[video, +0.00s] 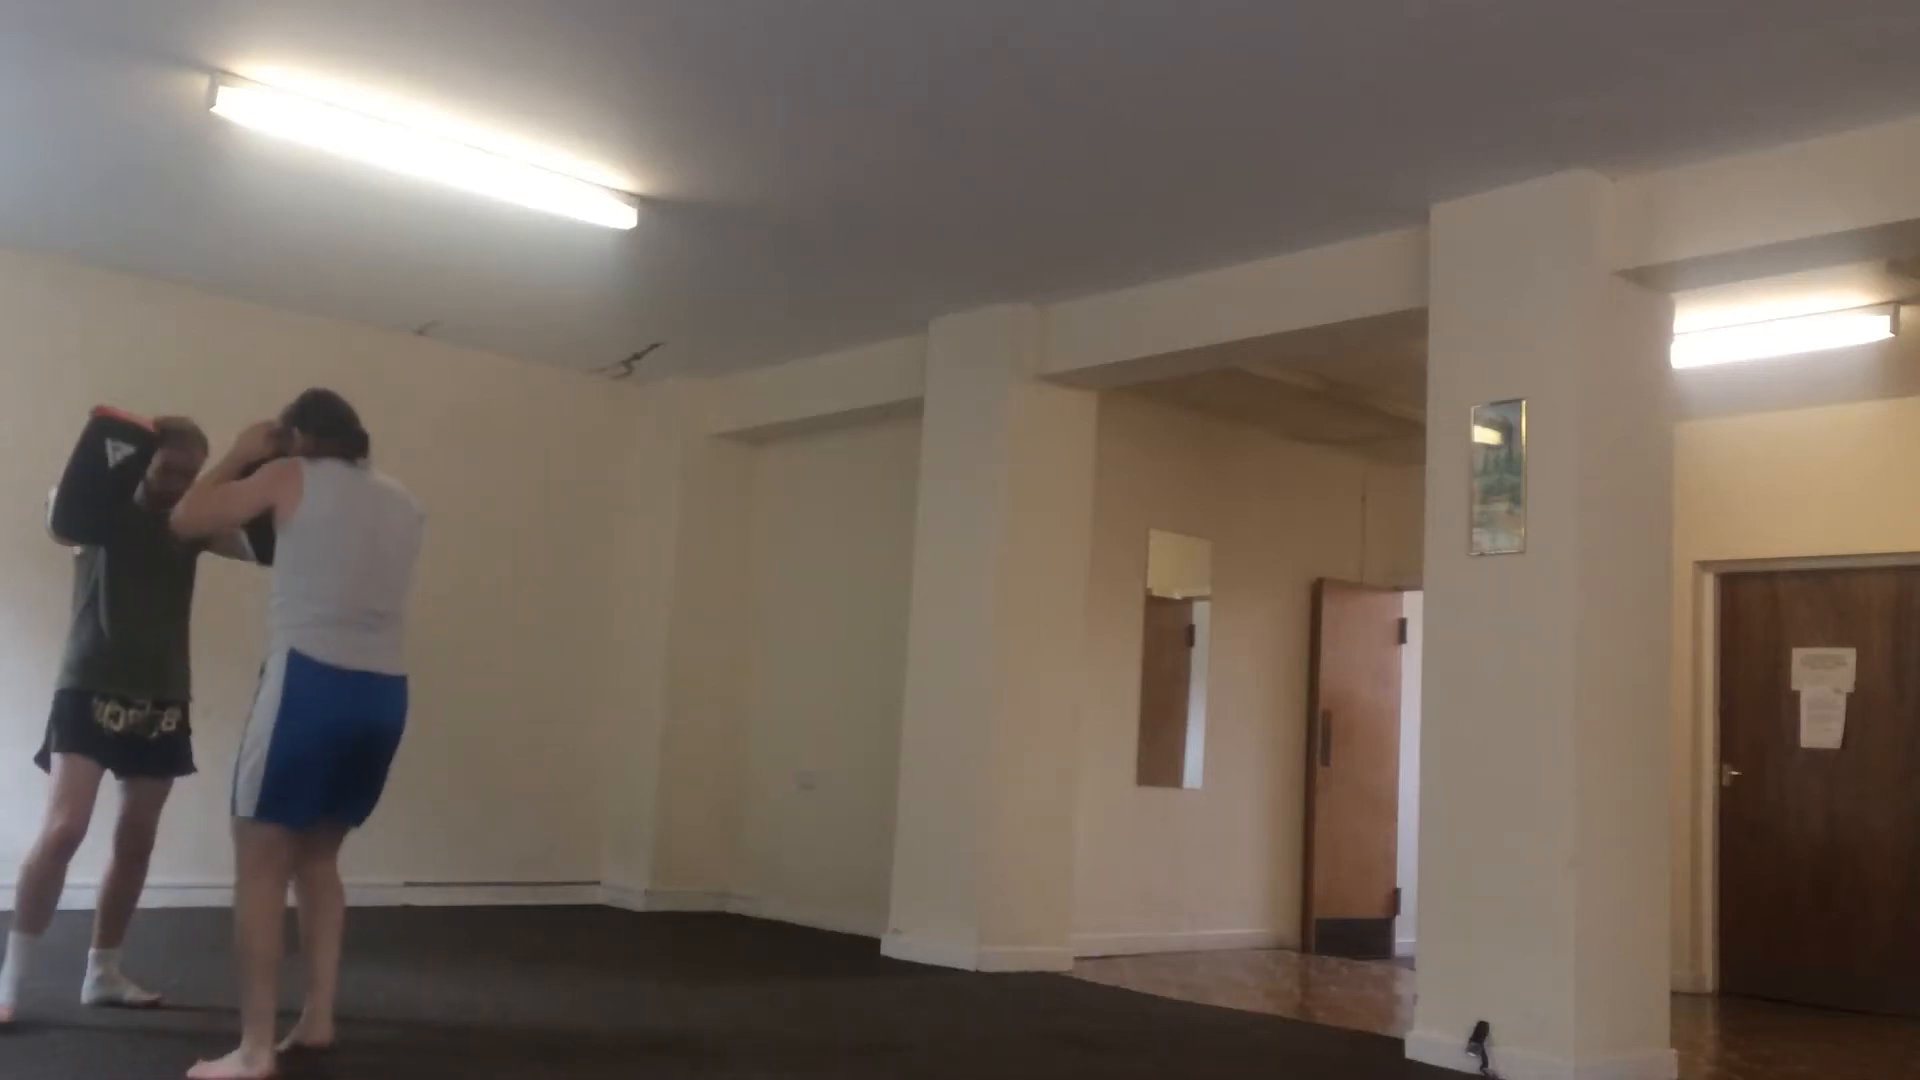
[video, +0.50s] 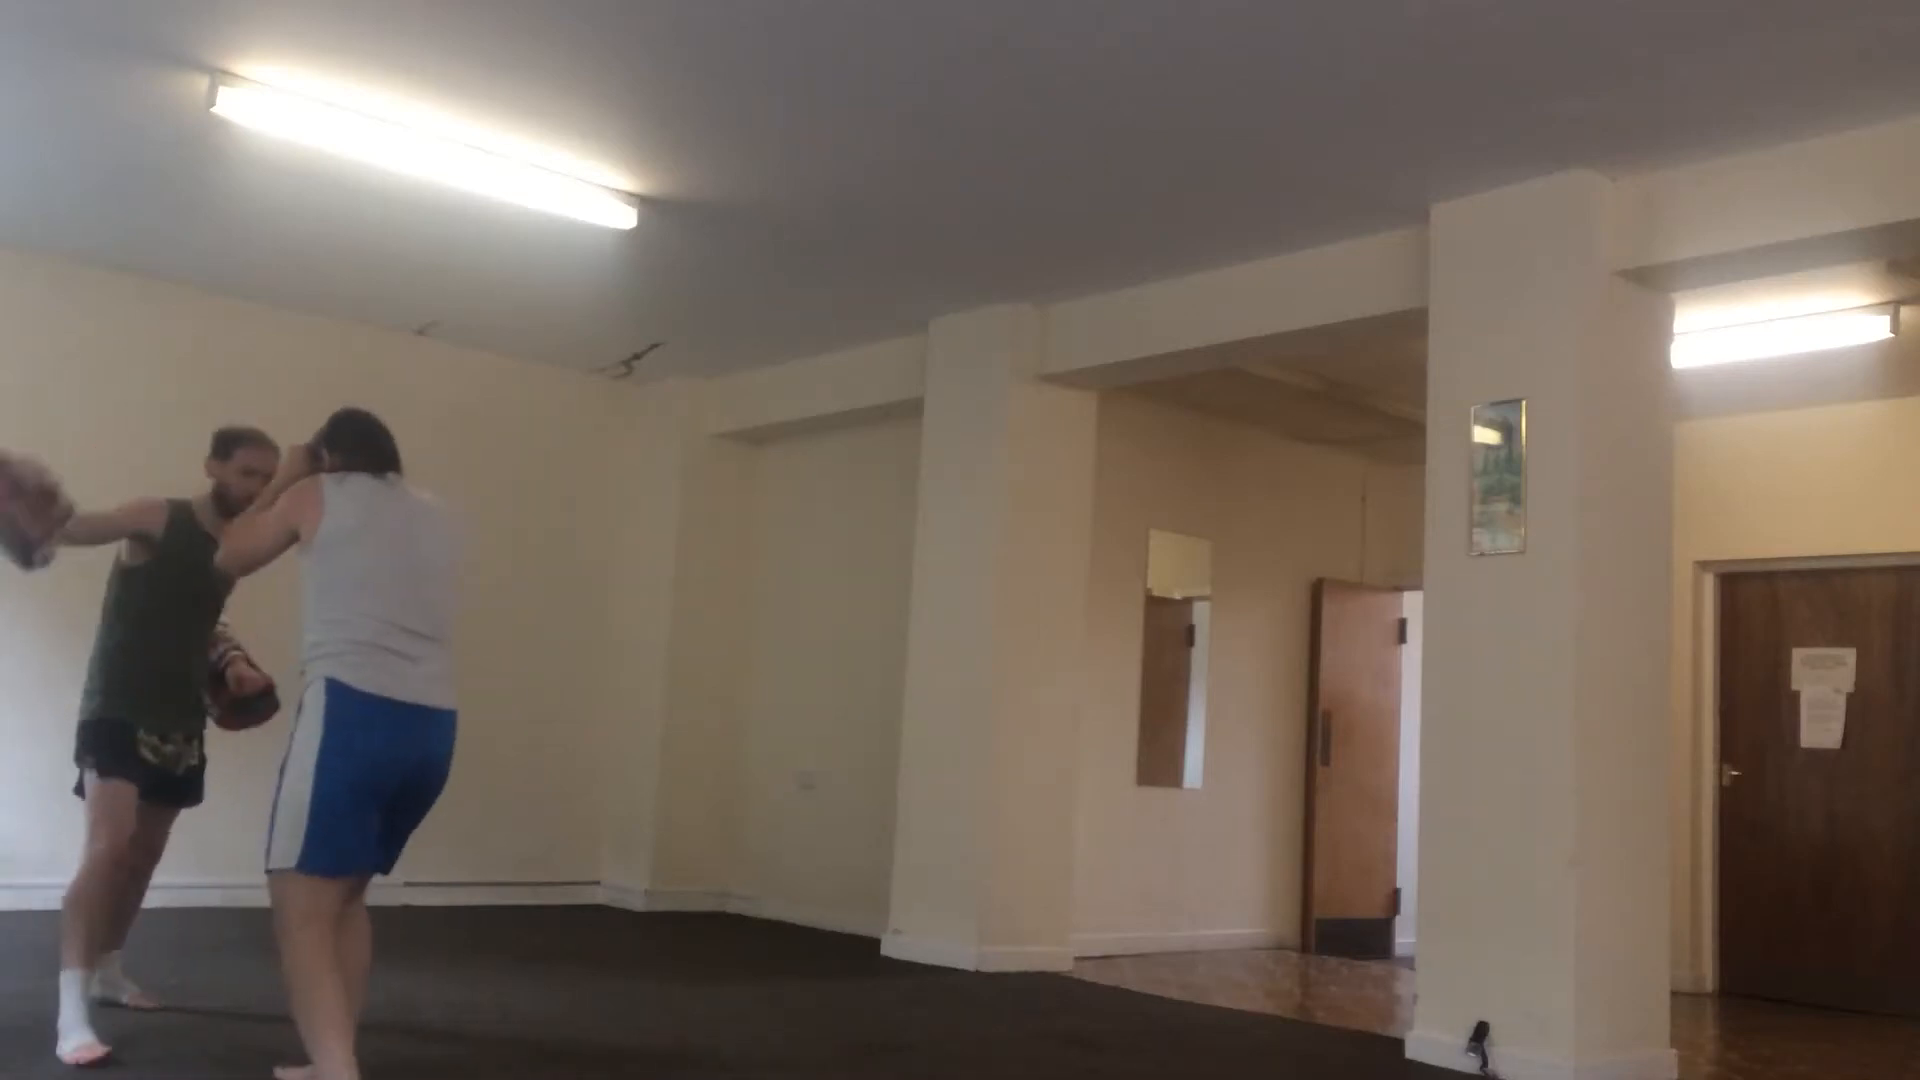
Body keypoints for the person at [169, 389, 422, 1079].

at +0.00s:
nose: (282, 442)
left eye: (285, 434)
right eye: (284, 433)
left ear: (299, 438)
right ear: (359, 441)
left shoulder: (292, 479)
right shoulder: (404, 507)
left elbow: (188, 518)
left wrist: (240, 454)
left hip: (305, 694)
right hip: (381, 702)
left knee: (262, 862)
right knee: (319, 853)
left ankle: (256, 1048)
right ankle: (319, 1019)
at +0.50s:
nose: (303, 465)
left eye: (311, 456)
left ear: (330, 458)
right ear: (391, 462)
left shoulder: (316, 497)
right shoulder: (441, 520)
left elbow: (230, 557)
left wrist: (282, 483)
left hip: (346, 721)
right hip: (427, 730)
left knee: (304, 911)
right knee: (348, 899)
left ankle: (334, 1066)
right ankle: (333, 1057)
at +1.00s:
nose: (371, 452)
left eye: (373, 441)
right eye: (372, 442)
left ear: (386, 439)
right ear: (448, 437)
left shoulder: (380, 487)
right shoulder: (495, 507)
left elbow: (263, 523)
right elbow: (449, 610)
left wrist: (290, 447)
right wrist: (334, 632)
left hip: (395, 719)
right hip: (473, 730)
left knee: (322, 907)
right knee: (398, 903)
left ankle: (345, 1070)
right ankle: (416, 1068)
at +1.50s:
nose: (379, 446)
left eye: (383, 437)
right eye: (382, 437)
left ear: (397, 443)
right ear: (460, 446)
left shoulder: (385, 488)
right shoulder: (510, 512)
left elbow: (290, 540)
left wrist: (345, 465)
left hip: (418, 727)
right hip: (500, 739)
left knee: (360, 931)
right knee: (417, 911)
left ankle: (411, 1069)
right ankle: (411, 1063)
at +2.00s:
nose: (376, 437)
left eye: (380, 430)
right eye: (380, 429)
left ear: (390, 434)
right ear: (458, 436)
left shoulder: (375, 481)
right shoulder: (510, 501)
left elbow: (280, 535)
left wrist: (341, 463)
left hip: (409, 714)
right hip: (494, 723)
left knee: (378, 921)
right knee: (423, 908)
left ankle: (421, 1071)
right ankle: (405, 1062)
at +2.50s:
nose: (363, 437)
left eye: (368, 430)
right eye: (368, 430)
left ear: (376, 437)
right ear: (446, 441)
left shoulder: (357, 479)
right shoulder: (487, 505)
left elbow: (250, 522)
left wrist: (312, 457)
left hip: (396, 715)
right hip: (481, 724)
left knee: (366, 931)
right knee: (398, 911)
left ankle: (416, 1072)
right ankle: (389, 1063)